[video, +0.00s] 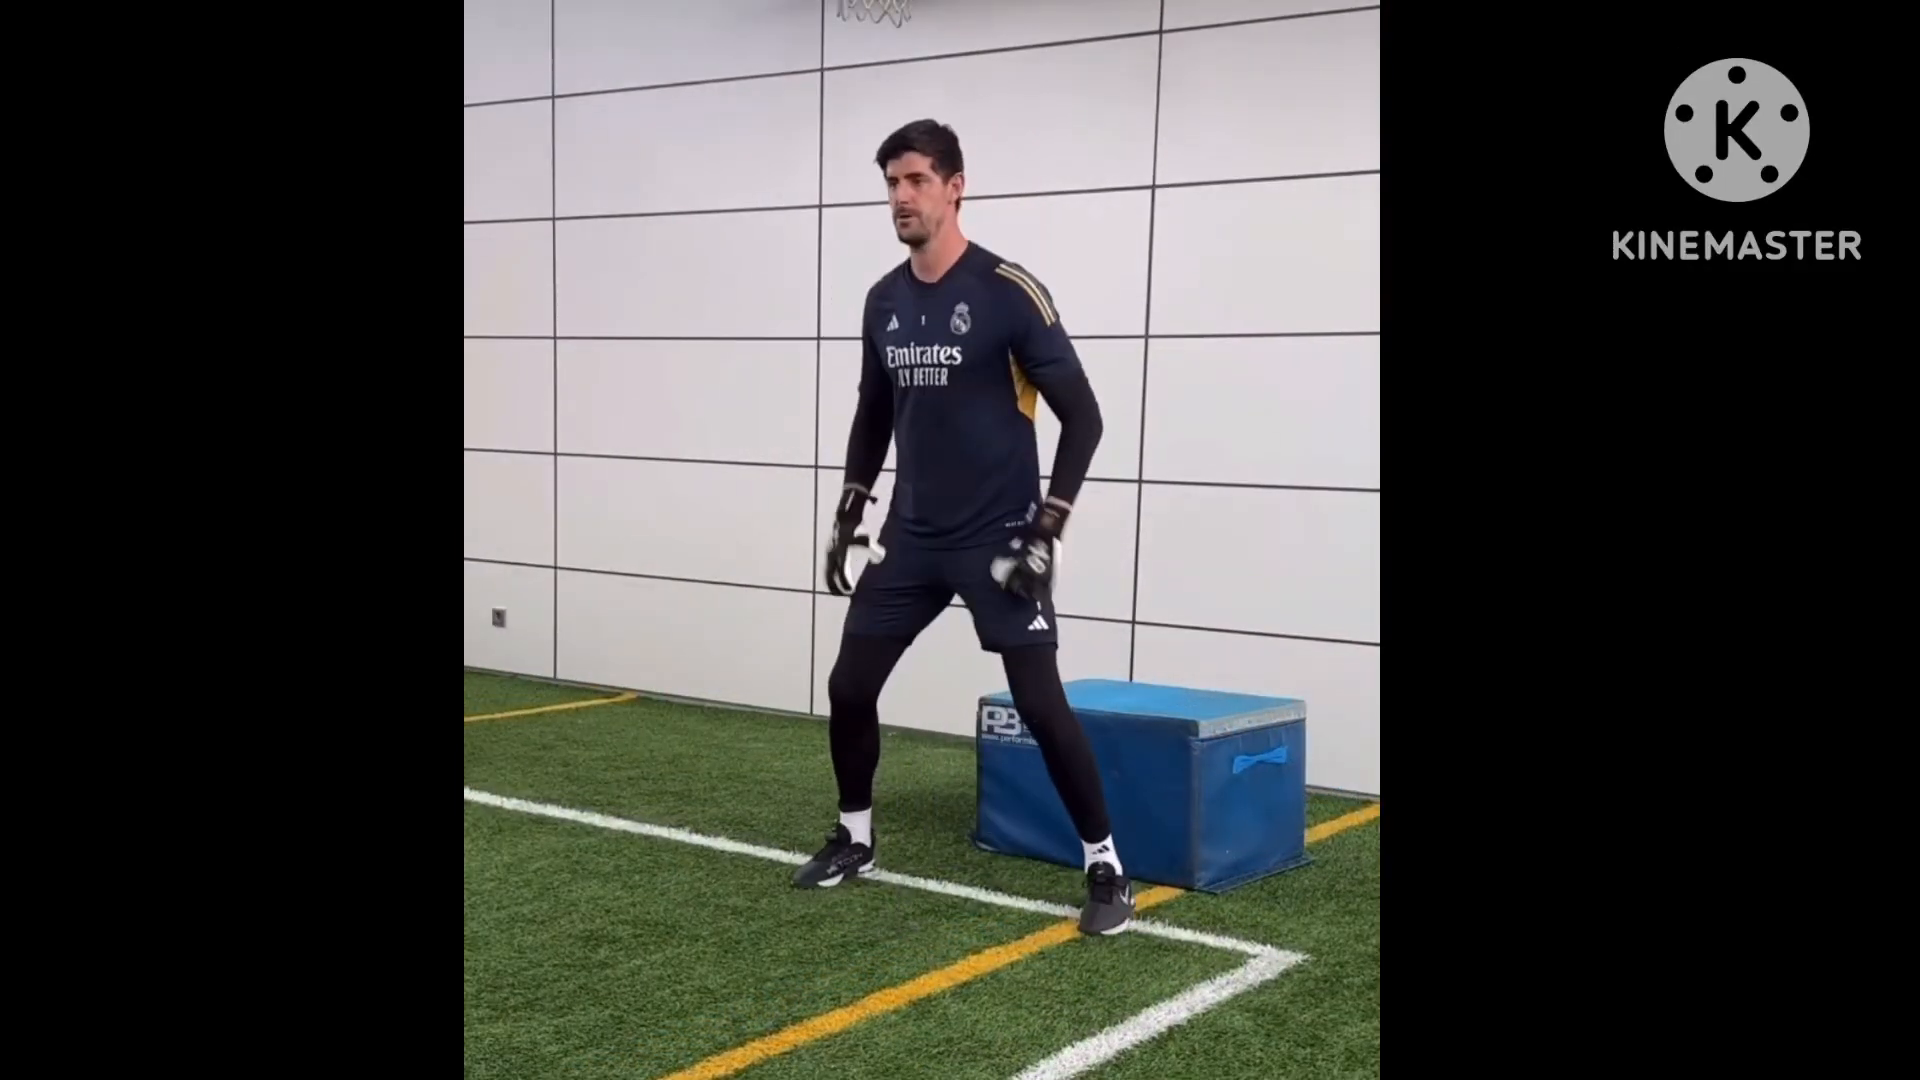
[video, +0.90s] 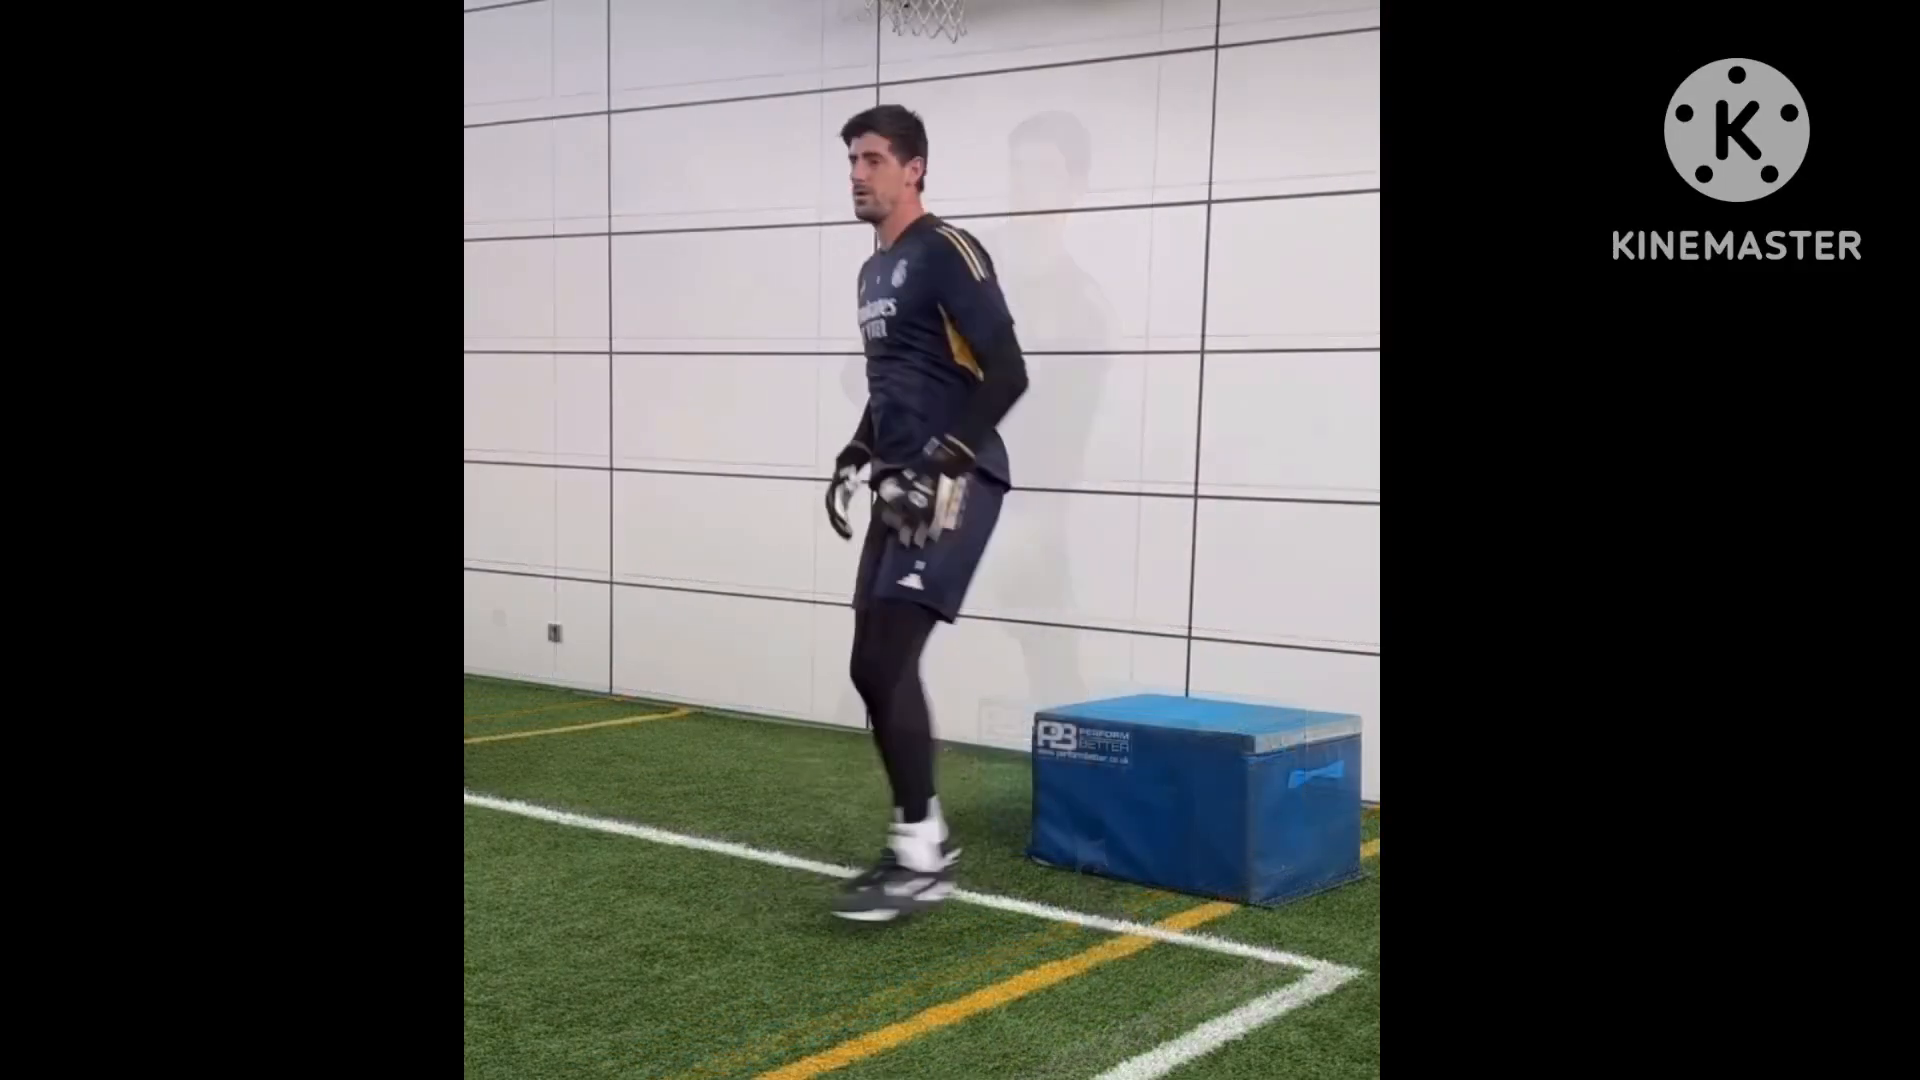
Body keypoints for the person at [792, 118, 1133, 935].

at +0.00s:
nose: (900, 197)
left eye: (915, 181)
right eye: (892, 183)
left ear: (955, 187)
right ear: (888, 194)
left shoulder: (1010, 293)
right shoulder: (885, 301)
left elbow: (1082, 416)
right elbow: (875, 410)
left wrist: (1046, 528)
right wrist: (848, 511)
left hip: (999, 538)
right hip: (911, 539)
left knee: (1040, 703)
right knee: (848, 689)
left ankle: (1105, 867)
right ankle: (853, 838)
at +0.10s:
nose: (907, 189)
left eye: (922, 173)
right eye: (899, 175)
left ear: (961, 179)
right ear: (893, 187)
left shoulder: (1012, 276)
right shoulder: (888, 287)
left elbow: (1083, 393)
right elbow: (855, 384)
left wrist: (1008, 449)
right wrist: (821, 436)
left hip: (1000, 519)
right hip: (914, 519)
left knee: (1039, 700)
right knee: (856, 678)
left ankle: (1100, 862)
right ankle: (856, 838)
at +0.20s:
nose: (923, 191)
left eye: (937, 175)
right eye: (913, 178)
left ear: (973, 179)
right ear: (906, 189)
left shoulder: (1014, 267)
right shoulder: (891, 277)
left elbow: (1053, 357)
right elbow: (813, 355)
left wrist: (968, 333)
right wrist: (802, 335)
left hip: (1000, 518)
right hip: (915, 518)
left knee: (1041, 704)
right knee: (853, 680)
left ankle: (1102, 863)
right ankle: (855, 839)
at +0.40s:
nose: (843, 205)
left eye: (848, 191)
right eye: (846, 191)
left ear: (870, 190)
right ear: (905, 192)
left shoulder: (852, 267)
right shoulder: (943, 276)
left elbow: (837, 381)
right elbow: (972, 411)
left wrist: (792, 436)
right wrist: (924, 452)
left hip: (876, 493)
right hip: (937, 495)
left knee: (846, 655)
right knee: (907, 658)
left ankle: (852, 835)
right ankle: (957, 822)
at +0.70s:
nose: (837, 213)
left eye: (847, 201)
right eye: (840, 201)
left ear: (882, 209)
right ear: (899, 213)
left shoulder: (873, 284)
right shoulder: (944, 294)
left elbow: (876, 406)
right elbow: (961, 421)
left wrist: (828, 500)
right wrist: (876, 492)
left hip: (895, 514)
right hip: (955, 519)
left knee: (811, 688)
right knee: (912, 674)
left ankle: (816, 884)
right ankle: (974, 848)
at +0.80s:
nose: (842, 179)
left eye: (856, 167)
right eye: (842, 167)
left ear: (900, 174)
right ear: (880, 179)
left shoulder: (919, 252)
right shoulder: (895, 257)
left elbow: (969, 365)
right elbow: (907, 382)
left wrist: (902, 441)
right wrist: (856, 450)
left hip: (923, 491)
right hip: (924, 488)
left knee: (849, 663)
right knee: (901, 664)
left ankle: (830, 864)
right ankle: (965, 837)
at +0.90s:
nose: (856, 174)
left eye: (871, 160)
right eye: (852, 161)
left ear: (913, 169)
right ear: (861, 173)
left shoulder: (950, 252)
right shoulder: (874, 268)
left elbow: (1008, 374)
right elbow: (895, 382)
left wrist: (943, 463)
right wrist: (855, 456)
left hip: (955, 481)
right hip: (903, 479)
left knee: (885, 659)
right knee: (875, 666)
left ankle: (919, 855)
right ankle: (920, 841)